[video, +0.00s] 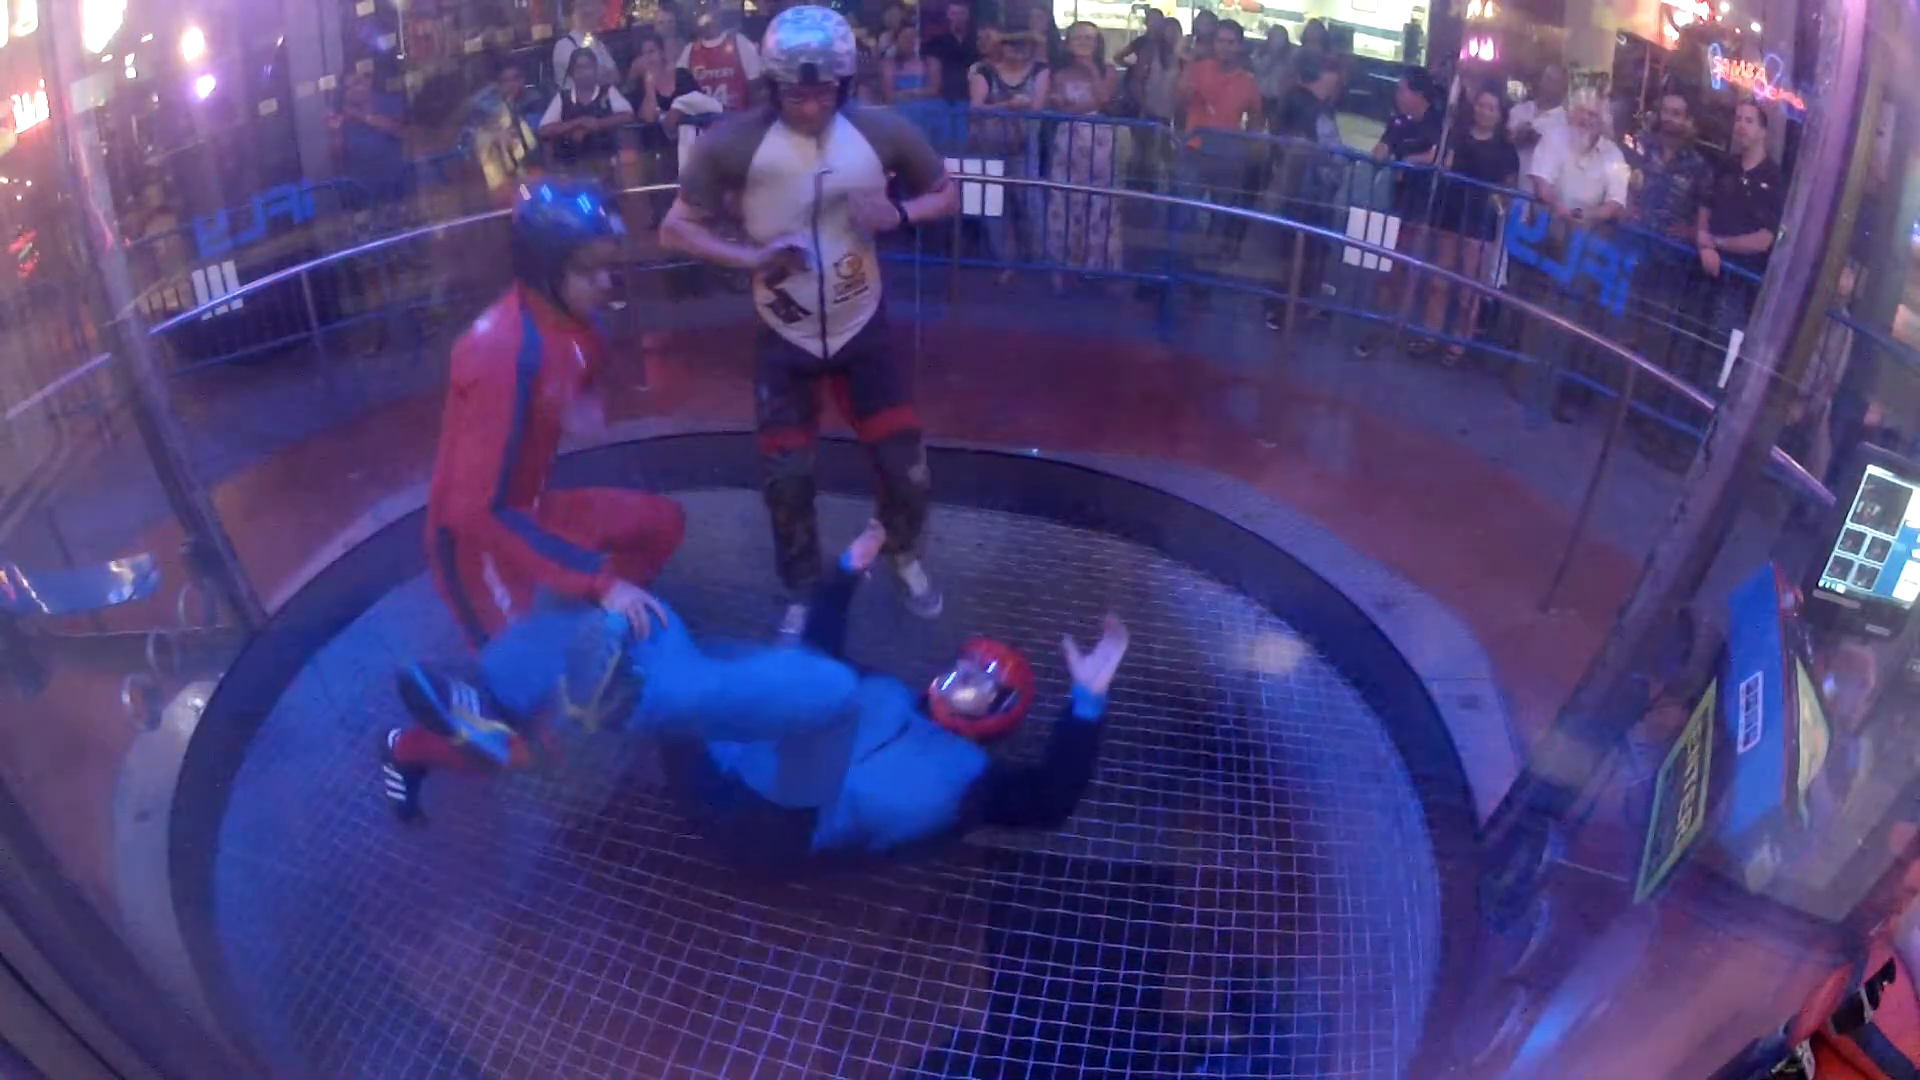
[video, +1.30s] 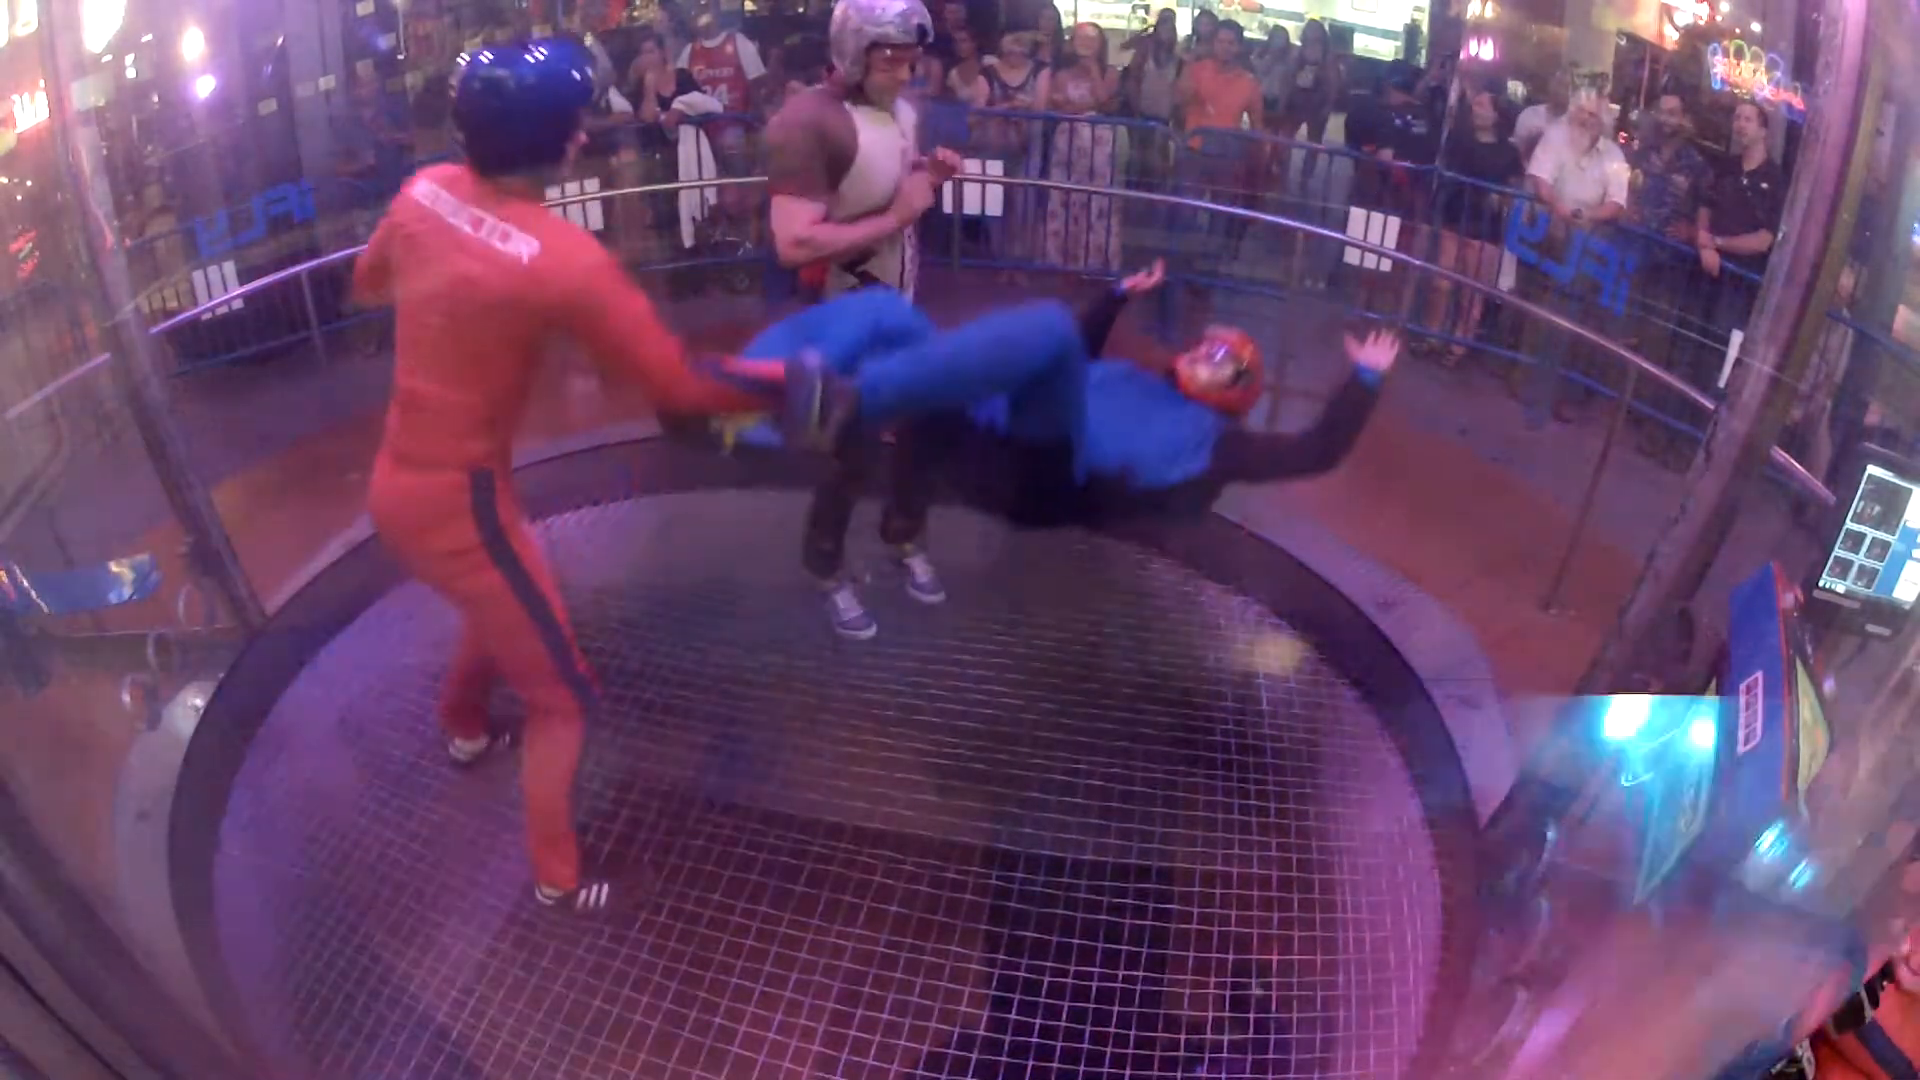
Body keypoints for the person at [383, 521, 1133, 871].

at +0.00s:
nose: (963, 676)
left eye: (984, 681)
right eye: (965, 665)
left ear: (1004, 716)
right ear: (946, 663)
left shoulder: (979, 779)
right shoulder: (889, 691)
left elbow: (1051, 797)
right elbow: (815, 650)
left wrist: (1089, 701)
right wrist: (850, 571)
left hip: (802, 803)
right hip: (742, 744)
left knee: (831, 685)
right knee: (622, 627)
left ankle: (641, 696)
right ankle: (488, 698)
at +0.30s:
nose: (994, 603)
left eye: (1015, 602)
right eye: (994, 590)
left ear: (1040, 631)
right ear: (978, 591)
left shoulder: (1031, 701)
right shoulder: (930, 632)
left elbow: (1111, 720)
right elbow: (877, 602)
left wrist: (1141, 625)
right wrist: (888, 521)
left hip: (855, 775)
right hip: (797, 717)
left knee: (853, 658)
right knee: (666, 607)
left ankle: (658, 755)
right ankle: (571, 745)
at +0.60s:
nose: (1065, 554)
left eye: (1084, 556)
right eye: (1063, 538)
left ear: (1100, 581)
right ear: (1042, 535)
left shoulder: (1081, 645)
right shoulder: (983, 556)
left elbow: (1181, 680)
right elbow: (918, 501)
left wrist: (1239, 598)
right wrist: (962, 437)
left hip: (923, 714)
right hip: (859, 654)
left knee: (930, 662)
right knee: (756, 563)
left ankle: (750, 778)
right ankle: (657, 704)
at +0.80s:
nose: (1112, 515)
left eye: (1130, 519)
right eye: (1109, 502)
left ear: (1140, 545)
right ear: (1085, 502)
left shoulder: (1120, 604)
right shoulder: (1023, 524)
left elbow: (1223, 625)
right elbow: (975, 473)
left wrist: (1275, 557)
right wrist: (1019, 405)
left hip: (948, 664)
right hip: (892, 607)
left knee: (997, 613)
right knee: (812, 479)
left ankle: (799, 709)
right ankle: (702, 623)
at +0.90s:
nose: (1133, 492)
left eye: (1151, 496)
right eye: (1130, 480)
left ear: (1160, 527)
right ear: (1106, 482)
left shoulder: (1139, 590)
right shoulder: (1054, 504)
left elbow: (1248, 595)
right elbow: (1001, 470)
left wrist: (1292, 520)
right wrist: (1045, 399)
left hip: (964, 633)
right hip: (916, 566)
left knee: (1022, 535)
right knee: (835, 443)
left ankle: (822, 636)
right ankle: (703, 539)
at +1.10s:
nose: (1173, 426)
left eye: (1189, 433)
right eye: (1170, 419)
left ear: (1197, 465)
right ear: (1147, 427)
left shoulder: (1182, 520)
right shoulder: (1086, 458)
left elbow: (1277, 526)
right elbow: (1043, 422)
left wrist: (1322, 451)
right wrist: (1092, 362)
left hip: (1005, 562)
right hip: (947, 518)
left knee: (1023, 427)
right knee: (857, 377)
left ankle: (833, 490)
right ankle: (717, 476)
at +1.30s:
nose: (1206, 356)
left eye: (1226, 361)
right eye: (1204, 347)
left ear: (1240, 393)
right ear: (1183, 352)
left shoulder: (1219, 444)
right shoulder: (1133, 379)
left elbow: (1319, 452)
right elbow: (1073, 362)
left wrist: (1365, 380)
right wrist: (1119, 296)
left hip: (1052, 474)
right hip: (1008, 428)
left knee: (1054, 325)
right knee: (882, 309)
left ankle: (855, 402)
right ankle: (720, 386)